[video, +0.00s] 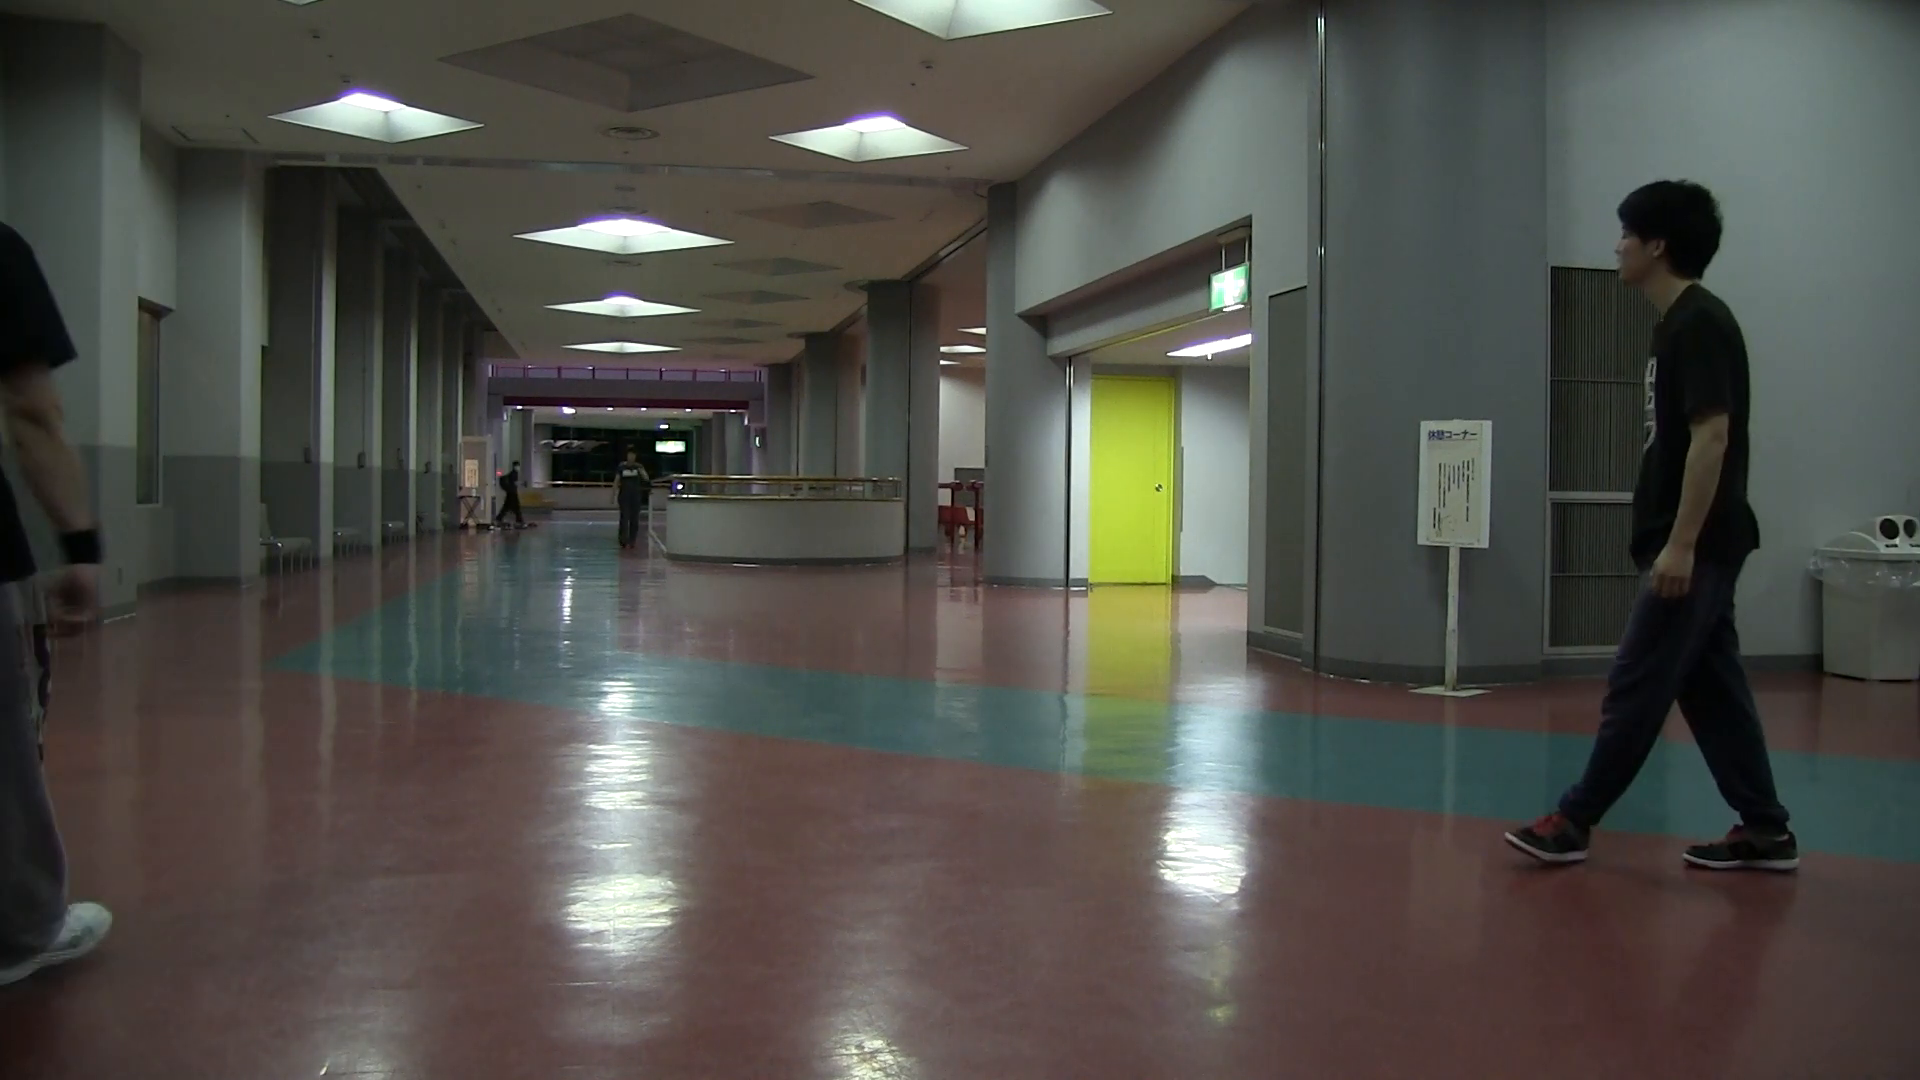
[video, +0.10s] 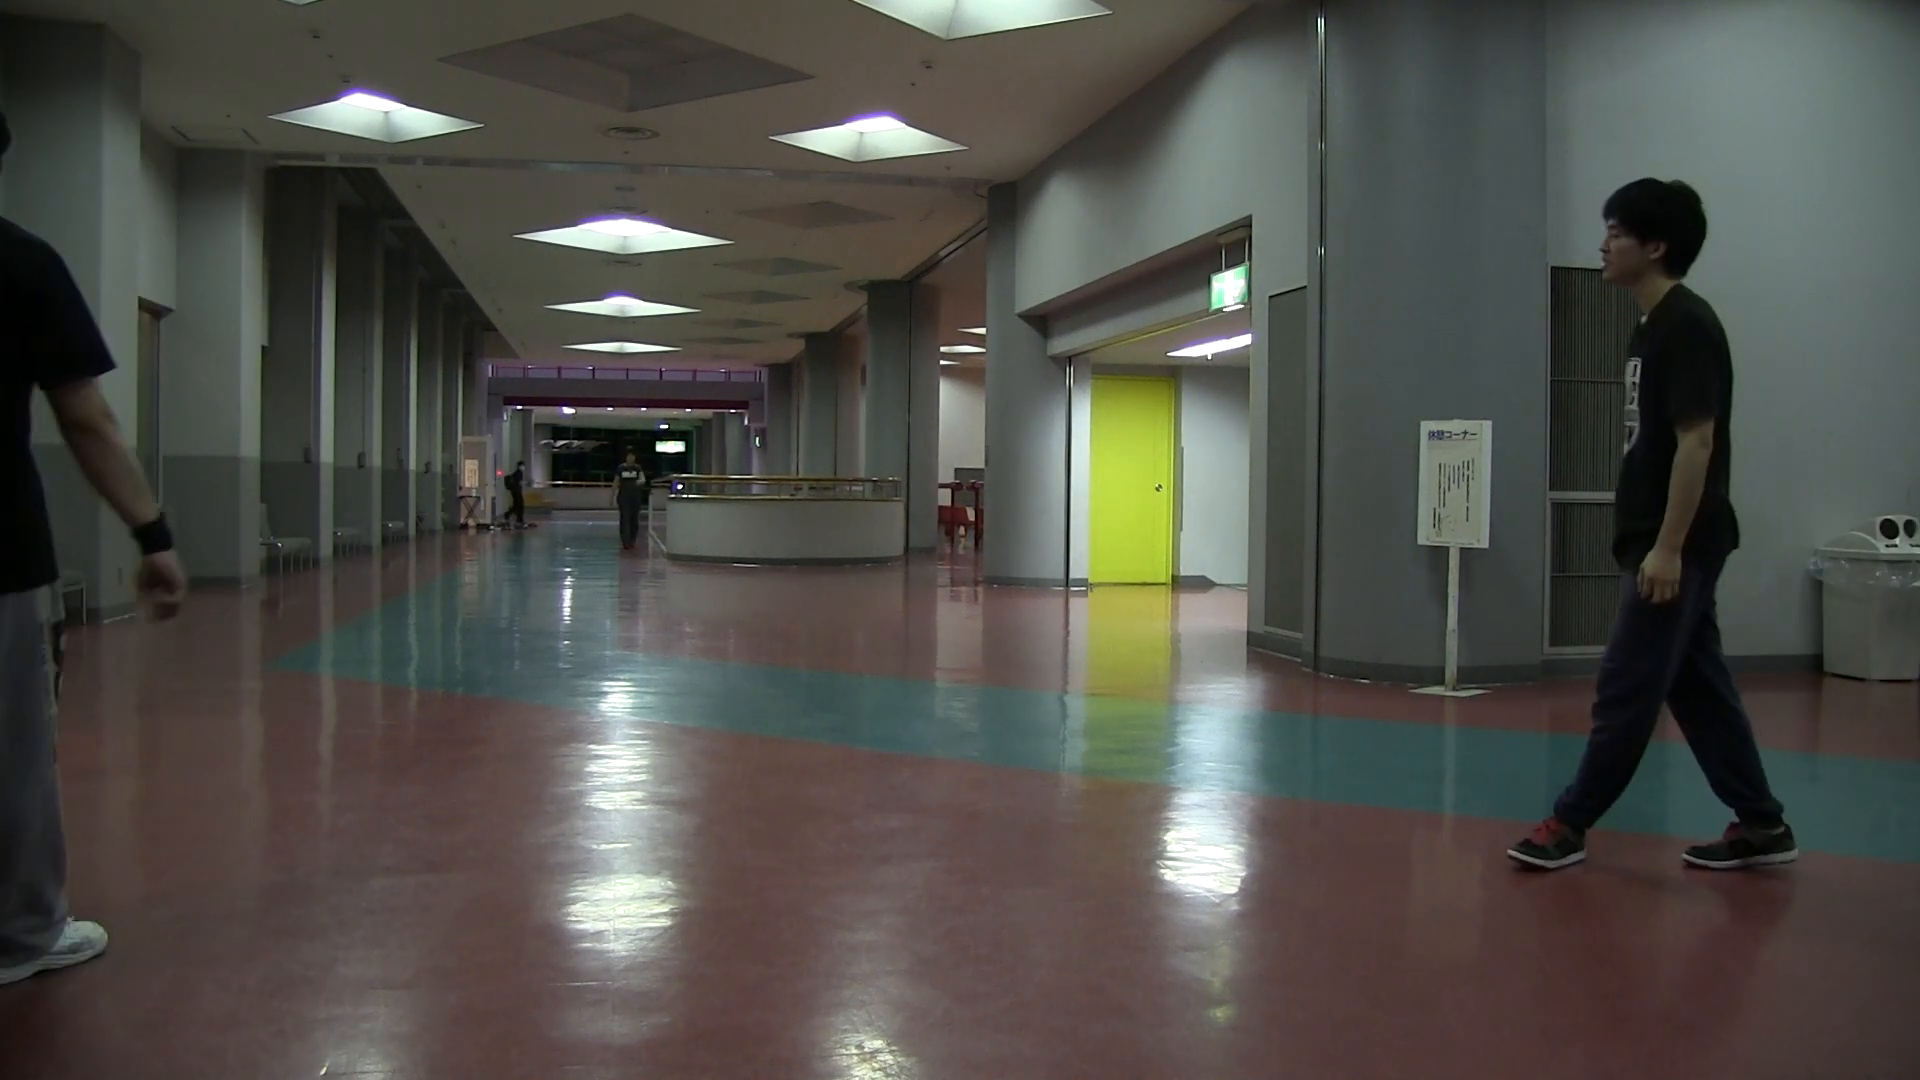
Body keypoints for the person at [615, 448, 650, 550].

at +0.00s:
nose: (631, 459)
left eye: (632, 456)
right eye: (629, 456)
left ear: (635, 457)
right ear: (626, 457)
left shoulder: (639, 467)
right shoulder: (621, 467)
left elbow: (646, 478)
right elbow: (616, 482)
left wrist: (640, 470)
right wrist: (614, 496)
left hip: (636, 498)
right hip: (624, 498)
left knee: (634, 520)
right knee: (624, 519)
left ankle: (632, 541)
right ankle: (623, 541)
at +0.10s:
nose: (630, 459)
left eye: (632, 457)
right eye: (629, 457)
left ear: (635, 458)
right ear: (626, 458)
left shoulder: (638, 468)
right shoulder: (621, 469)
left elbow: (643, 480)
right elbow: (615, 483)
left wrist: (636, 483)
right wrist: (612, 498)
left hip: (635, 498)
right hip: (623, 498)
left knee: (634, 519)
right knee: (625, 519)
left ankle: (632, 541)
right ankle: (626, 542)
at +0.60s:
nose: (630, 459)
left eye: (632, 457)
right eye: (628, 457)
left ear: (634, 457)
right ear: (625, 457)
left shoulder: (636, 468)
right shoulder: (619, 467)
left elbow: (640, 481)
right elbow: (612, 480)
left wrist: (644, 489)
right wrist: (617, 484)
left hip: (633, 497)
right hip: (621, 497)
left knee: (631, 519)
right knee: (622, 519)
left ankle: (628, 542)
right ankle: (624, 541)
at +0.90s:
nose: (627, 456)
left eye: (629, 454)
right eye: (626, 454)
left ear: (632, 454)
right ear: (623, 454)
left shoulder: (635, 465)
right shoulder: (618, 463)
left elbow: (639, 479)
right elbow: (610, 476)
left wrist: (641, 492)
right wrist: (617, 468)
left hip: (632, 495)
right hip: (620, 494)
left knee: (630, 520)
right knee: (619, 519)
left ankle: (627, 544)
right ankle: (618, 543)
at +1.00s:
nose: (627, 457)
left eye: (629, 455)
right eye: (625, 455)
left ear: (632, 456)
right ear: (622, 455)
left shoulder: (635, 465)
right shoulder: (618, 464)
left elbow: (637, 478)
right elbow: (610, 476)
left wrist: (635, 485)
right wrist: (618, 467)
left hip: (631, 494)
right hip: (619, 494)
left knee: (630, 519)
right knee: (619, 518)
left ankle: (627, 544)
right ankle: (616, 544)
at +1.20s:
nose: (624, 459)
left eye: (626, 456)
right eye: (622, 456)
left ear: (628, 456)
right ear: (619, 457)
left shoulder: (632, 466)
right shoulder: (616, 465)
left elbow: (635, 481)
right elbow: (609, 476)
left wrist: (632, 487)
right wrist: (618, 465)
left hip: (628, 497)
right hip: (617, 496)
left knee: (628, 520)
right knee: (617, 520)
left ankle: (628, 544)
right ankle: (618, 545)